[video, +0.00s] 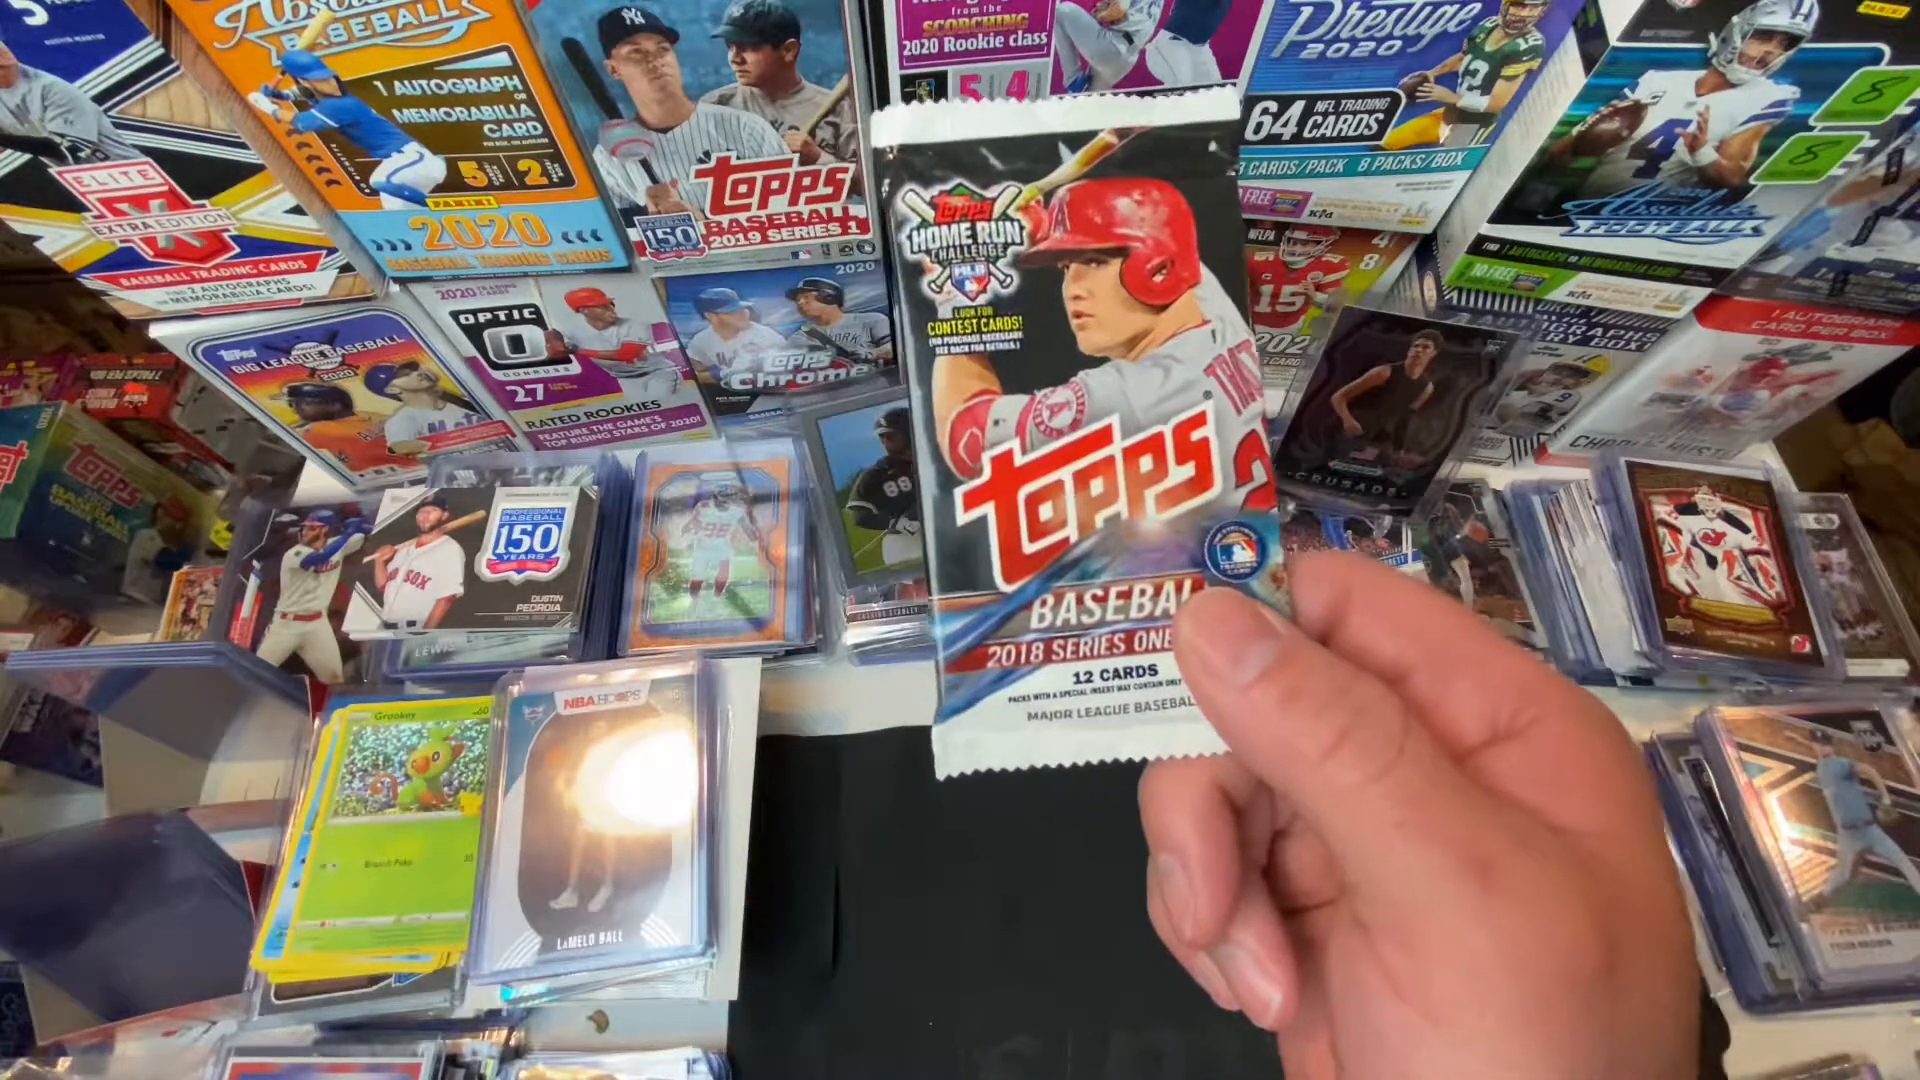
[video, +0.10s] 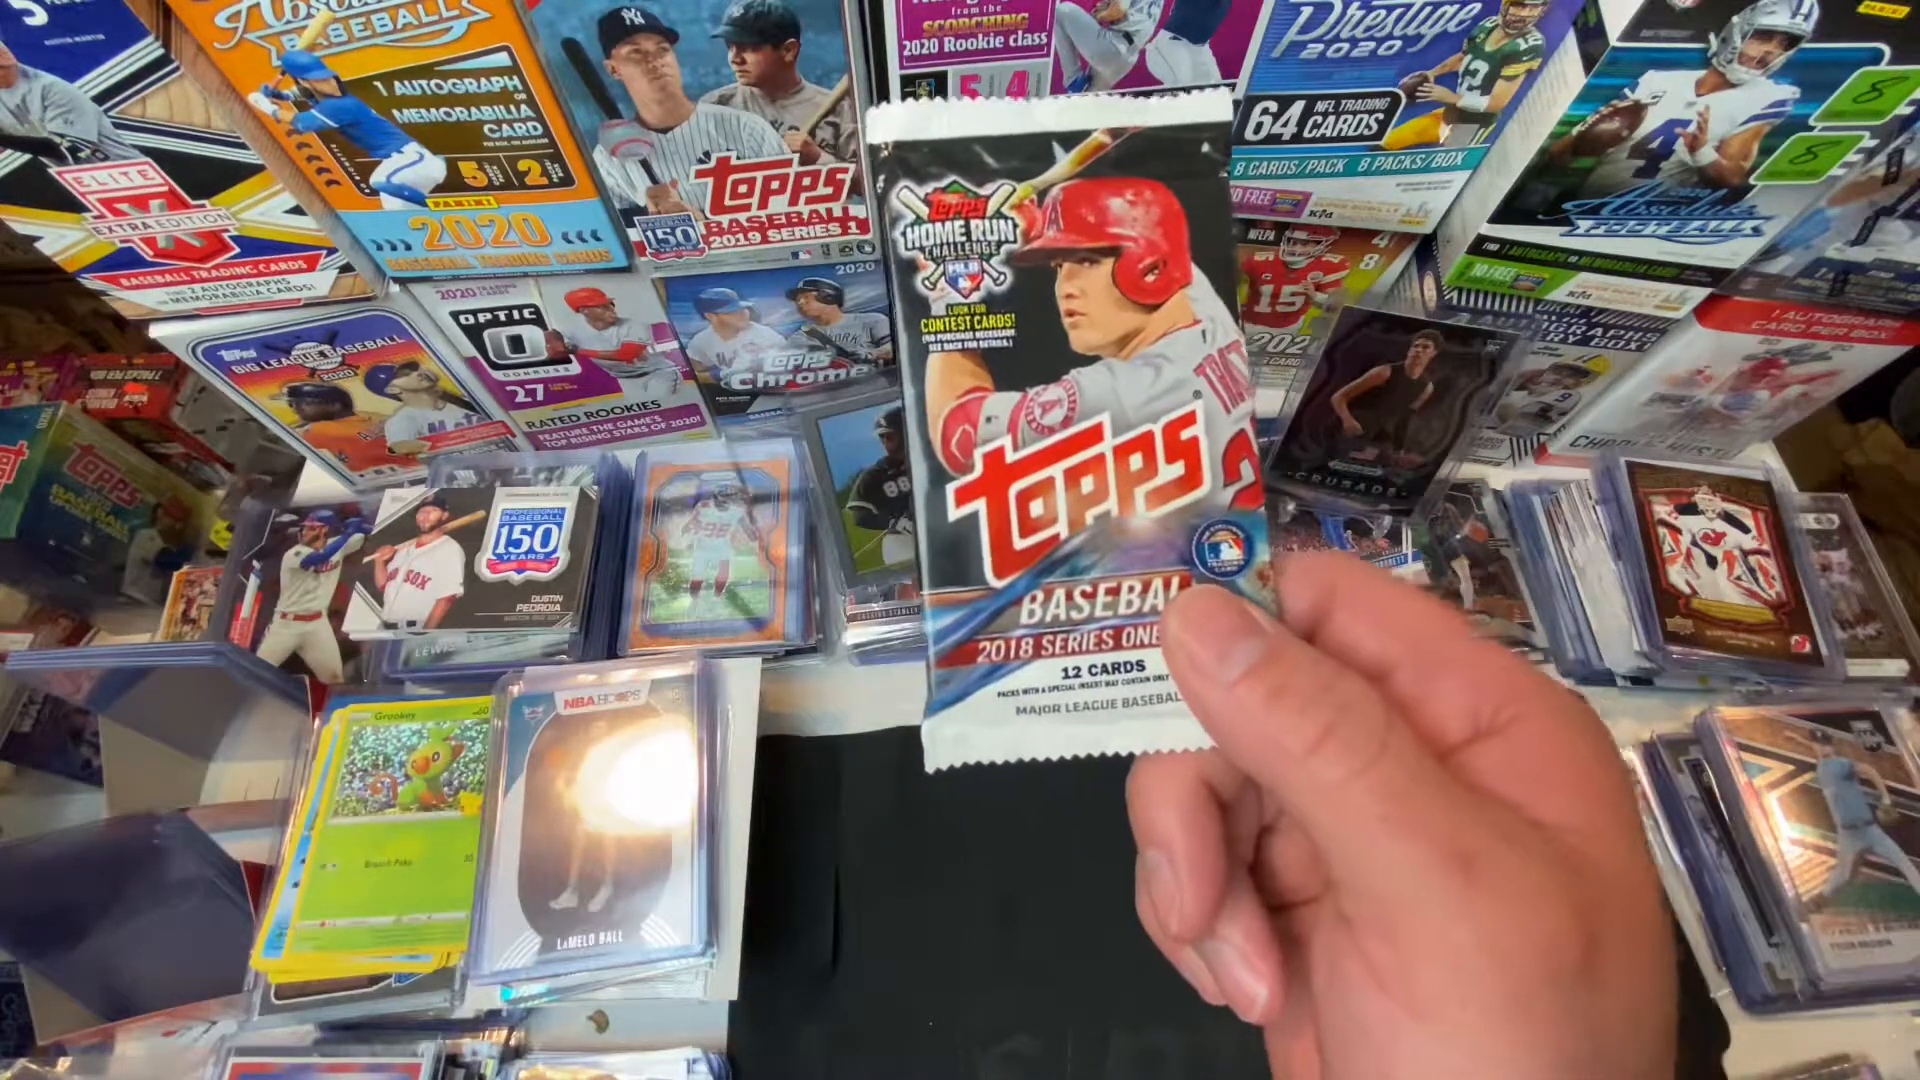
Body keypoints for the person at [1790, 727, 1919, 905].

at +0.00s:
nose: (1824, 749)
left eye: (1826, 744)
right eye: (1819, 745)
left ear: (1832, 745)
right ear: (1814, 748)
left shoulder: (1840, 764)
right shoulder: (1823, 768)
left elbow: (1870, 771)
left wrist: (1885, 797)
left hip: (1870, 828)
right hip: (1847, 834)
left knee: (1902, 862)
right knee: (1842, 875)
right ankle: (1818, 900)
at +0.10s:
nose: (1824, 749)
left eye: (1826, 744)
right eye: (1819, 745)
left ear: (1831, 745)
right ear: (1814, 748)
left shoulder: (1839, 764)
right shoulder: (1824, 768)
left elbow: (1869, 771)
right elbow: (1869, 770)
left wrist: (1885, 797)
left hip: (1870, 828)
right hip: (1847, 833)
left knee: (1903, 862)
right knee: (1843, 875)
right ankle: (1819, 899)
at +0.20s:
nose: (1824, 749)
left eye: (1826, 743)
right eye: (1819, 745)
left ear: (1831, 744)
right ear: (1813, 747)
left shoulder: (1840, 764)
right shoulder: (1822, 768)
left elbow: (1870, 771)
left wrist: (1885, 797)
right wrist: (1797, 738)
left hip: (1870, 828)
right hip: (1847, 833)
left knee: (1903, 863)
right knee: (1843, 875)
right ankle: (1820, 899)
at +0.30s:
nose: (1823, 749)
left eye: (1826, 744)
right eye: (1819, 745)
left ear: (1831, 745)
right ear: (1814, 748)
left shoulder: (1841, 764)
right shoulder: (1822, 768)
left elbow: (1869, 771)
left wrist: (1885, 796)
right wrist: (1798, 739)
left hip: (1869, 828)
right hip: (1846, 833)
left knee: (1901, 860)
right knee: (1843, 874)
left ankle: (1919, 888)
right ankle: (1820, 899)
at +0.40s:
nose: (1823, 750)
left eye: (1826, 744)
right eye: (1819, 746)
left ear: (1831, 745)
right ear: (1814, 748)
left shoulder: (1841, 764)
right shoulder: (1823, 768)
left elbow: (1870, 771)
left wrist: (1885, 796)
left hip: (1869, 827)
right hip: (1846, 833)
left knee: (1902, 861)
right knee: (1843, 874)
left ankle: (1918, 889)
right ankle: (1820, 899)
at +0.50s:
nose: (1823, 750)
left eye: (1826, 744)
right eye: (1819, 746)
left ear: (1831, 745)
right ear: (1814, 748)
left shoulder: (1841, 764)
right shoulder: (1823, 768)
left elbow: (1870, 771)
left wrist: (1885, 796)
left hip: (1869, 827)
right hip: (1846, 833)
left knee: (1901, 859)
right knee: (1843, 874)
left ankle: (1918, 888)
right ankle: (1820, 899)